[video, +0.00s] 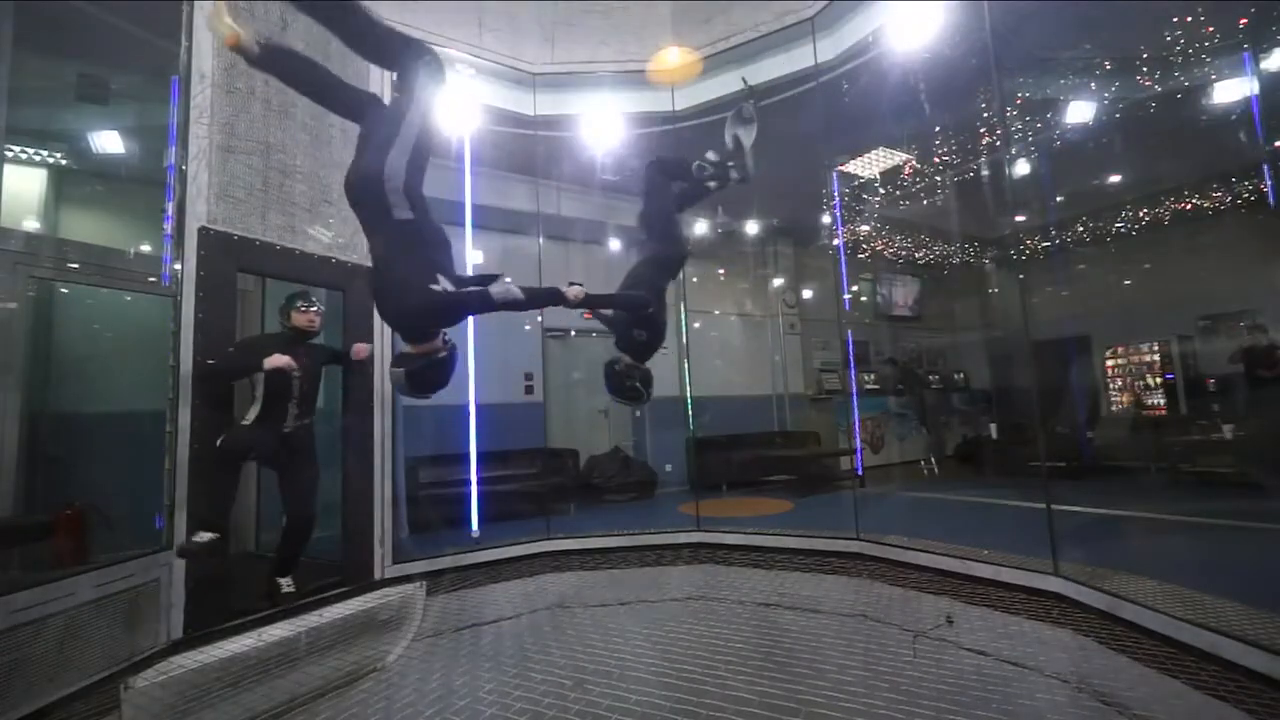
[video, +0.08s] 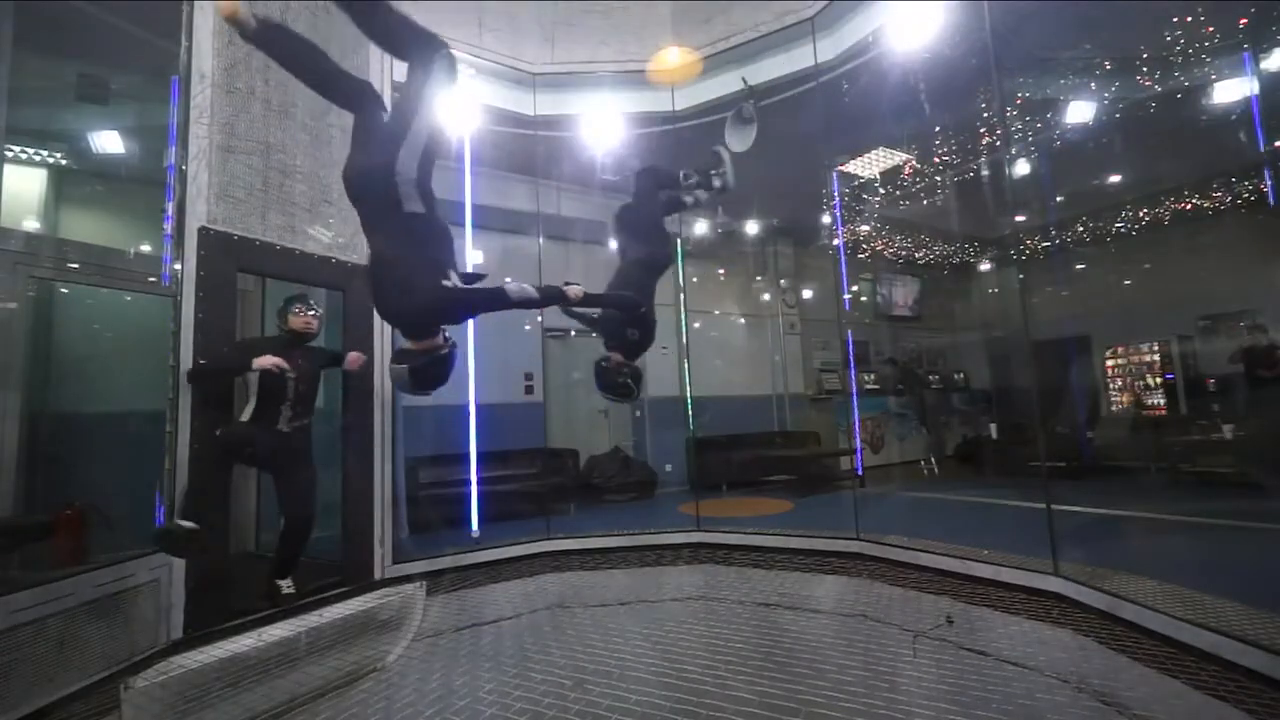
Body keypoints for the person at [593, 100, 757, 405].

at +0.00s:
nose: (631, 370)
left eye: (629, 374)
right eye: (632, 374)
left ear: (623, 368)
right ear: (632, 369)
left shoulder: (629, 339)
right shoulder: (645, 340)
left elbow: (610, 315)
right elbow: (643, 300)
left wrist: (587, 309)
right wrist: (588, 300)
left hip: (657, 259)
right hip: (668, 254)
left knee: (659, 210)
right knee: (655, 169)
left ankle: (724, 178)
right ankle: (701, 170)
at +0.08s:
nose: (620, 369)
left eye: (617, 373)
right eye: (623, 374)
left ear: (609, 364)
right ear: (621, 368)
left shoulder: (609, 330)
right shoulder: (640, 341)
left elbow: (584, 318)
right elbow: (632, 303)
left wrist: (565, 306)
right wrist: (585, 298)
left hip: (630, 254)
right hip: (656, 255)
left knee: (652, 207)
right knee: (647, 175)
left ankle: (697, 199)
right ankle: (707, 180)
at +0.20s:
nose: (593, 360)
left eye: (591, 363)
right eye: (595, 364)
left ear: (593, 359)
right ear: (602, 362)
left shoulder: (588, 336)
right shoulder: (622, 343)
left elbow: (564, 324)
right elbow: (625, 301)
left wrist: (537, 312)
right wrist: (589, 293)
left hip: (606, 266)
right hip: (634, 263)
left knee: (591, 215)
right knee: (629, 184)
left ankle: (641, 218)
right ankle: (675, 196)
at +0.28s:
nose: (584, 360)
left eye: (576, 362)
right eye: (587, 365)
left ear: (572, 359)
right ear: (594, 363)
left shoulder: (570, 338)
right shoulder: (609, 342)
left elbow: (542, 321)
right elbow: (621, 302)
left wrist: (512, 308)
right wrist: (590, 288)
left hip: (589, 264)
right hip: (620, 267)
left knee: (572, 215)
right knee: (618, 191)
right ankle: (654, 203)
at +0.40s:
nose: (563, 360)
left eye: (559, 364)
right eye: (571, 366)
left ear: (550, 362)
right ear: (575, 362)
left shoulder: (544, 337)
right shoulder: (589, 339)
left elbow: (516, 321)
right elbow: (608, 299)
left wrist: (491, 309)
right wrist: (581, 280)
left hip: (560, 271)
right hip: (591, 271)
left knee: (549, 216)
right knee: (611, 197)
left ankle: (596, 231)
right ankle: (638, 219)